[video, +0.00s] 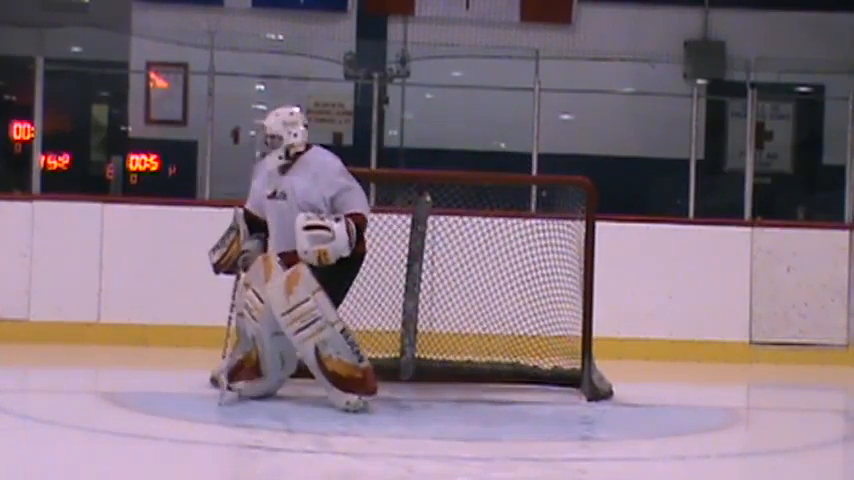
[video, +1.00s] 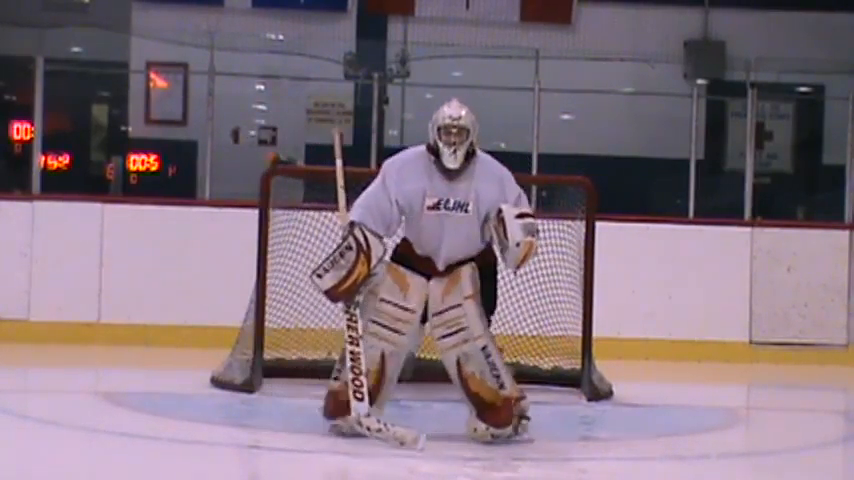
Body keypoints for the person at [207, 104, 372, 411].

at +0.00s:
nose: (268, 143)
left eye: (273, 138)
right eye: (267, 137)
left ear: (292, 137)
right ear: (267, 136)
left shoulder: (325, 165)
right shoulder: (266, 169)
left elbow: (357, 206)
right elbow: (254, 218)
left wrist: (343, 234)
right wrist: (235, 249)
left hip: (333, 256)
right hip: (285, 257)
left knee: (311, 316)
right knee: (263, 310)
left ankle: (353, 385)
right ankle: (255, 377)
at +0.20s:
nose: (304, 161)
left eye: (312, 155)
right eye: (300, 154)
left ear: (330, 156)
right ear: (294, 152)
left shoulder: (353, 184)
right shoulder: (275, 180)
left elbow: (387, 225)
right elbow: (253, 228)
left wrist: (377, 243)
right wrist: (236, 260)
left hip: (344, 271)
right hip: (294, 270)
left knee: (345, 325)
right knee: (275, 324)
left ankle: (363, 388)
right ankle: (265, 376)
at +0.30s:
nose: (342, 171)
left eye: (351, 165)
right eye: (336, 164)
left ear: (363, 167)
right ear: (327, 162)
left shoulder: (378, 198)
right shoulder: (295, 188)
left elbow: (407, 223)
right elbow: (269, 231)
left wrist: (412, 246)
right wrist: (254, 267)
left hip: (362, 270)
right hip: (311, 270)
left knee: (368, 326)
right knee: (287, 322)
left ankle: (387, 391)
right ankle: (277, 382)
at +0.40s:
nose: (381, 174)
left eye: (389, 168)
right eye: (375, 166)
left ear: (401, 169)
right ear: (363, 164)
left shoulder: (418, 204)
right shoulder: (329, 188)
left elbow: (443, 261)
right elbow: (297, 233)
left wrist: (447, 242)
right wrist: (280, 269)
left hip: (386, 275)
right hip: (333, 270)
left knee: (400, 325)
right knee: (298, 321)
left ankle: (414, 389)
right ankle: (265, 375)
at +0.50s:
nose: (410, 175)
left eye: (417, 169)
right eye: (403, 167)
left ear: (429, 170)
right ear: (390, 166)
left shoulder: (444, 206)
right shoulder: (359, 189)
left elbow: (461, 254)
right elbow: (324, 230)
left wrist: (474, 244)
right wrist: (310, 266)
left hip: (405, 278)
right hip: (354, 271)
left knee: (423, 328)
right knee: (321, 324)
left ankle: (441, 391)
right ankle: (282, 374)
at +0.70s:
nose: (441, 165)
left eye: (448, 158)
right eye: (435, 157)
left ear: (460, 160)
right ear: (421, 158)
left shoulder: (476, 197)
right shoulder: (390, 186)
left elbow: (504, 258)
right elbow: (356, 234)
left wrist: (508, 241)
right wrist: (340, 272)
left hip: (446, 278)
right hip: (391, 275)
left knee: (461, 338)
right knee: (351, 333)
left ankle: (487, 409)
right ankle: (309, 393)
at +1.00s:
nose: (452, 140)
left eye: (459, 134)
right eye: (445, 133)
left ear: (472, 137)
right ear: (434, 135)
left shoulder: (494, 176)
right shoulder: (403, 169)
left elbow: (521, 242)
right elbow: (369, 221)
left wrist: (513, 236)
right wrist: (348, 267)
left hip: (466, 271)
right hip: (407, 265)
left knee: (472, 344)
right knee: (379, 339)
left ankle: (500, 418)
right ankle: (349, 410)